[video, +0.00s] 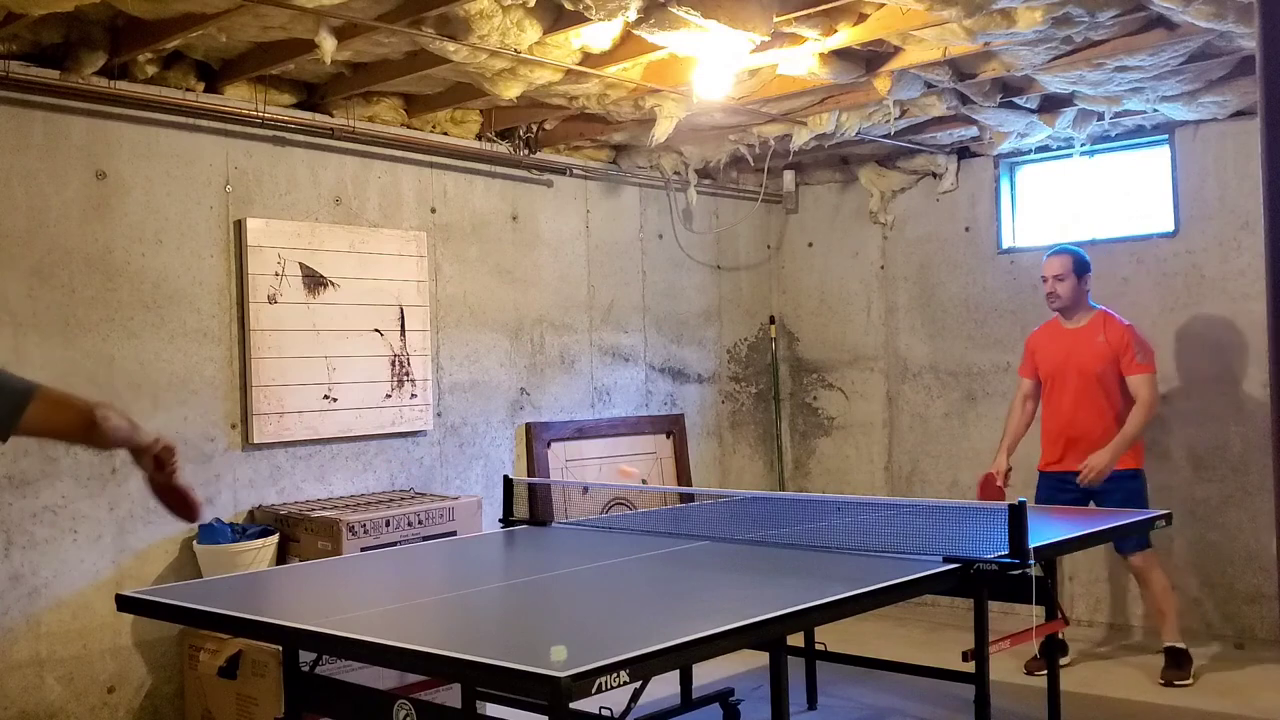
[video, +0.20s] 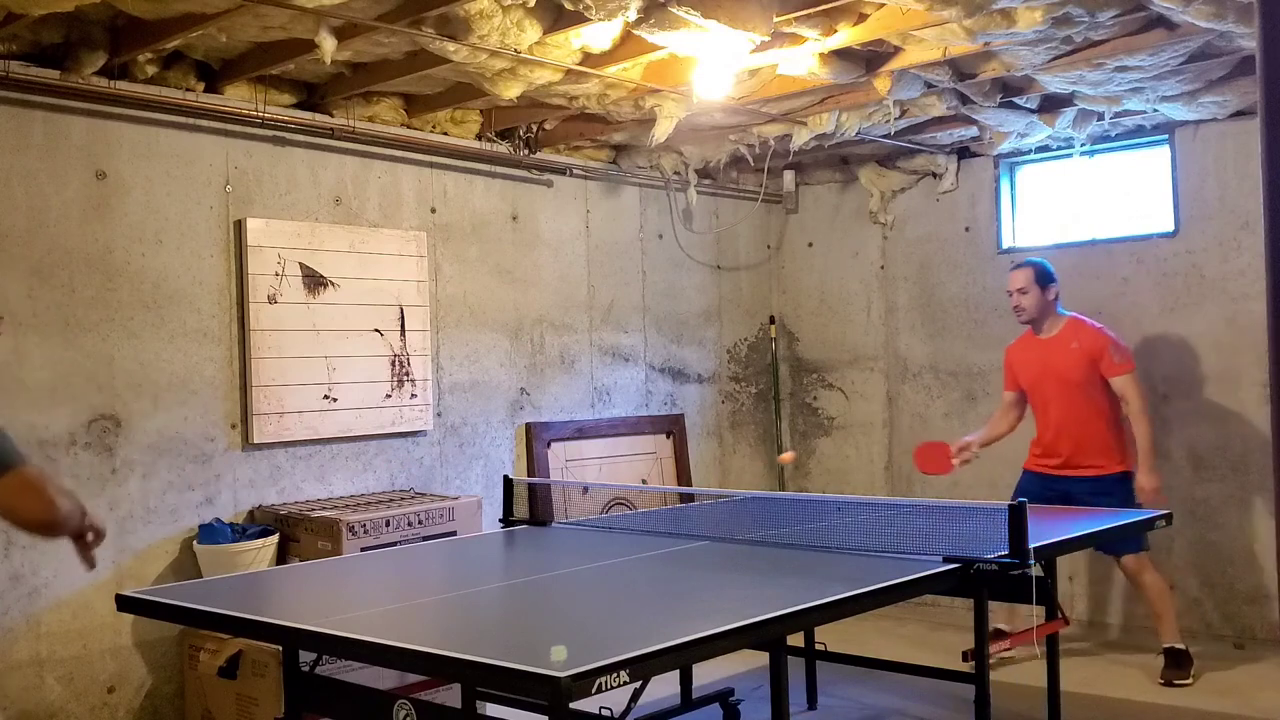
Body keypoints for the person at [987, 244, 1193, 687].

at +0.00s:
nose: (1049, 288)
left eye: (1058, 279)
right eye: (1044, 280)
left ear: (1084, 281)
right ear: (1043, 284)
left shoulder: (1119, 332)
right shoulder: (1039, 340)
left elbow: (1147, 401)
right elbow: (1026, 401)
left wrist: (1111, 452)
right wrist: (1004, 451)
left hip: (1117, 470)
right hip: (1057, 472)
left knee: (1138, 556)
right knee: (1041, 560)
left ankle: (1175, 647)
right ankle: (1052, 643)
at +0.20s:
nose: (1015, 302)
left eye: (1023, 293)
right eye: (1010, 295)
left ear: (1051, 292)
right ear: (1011, 300)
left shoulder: (1095, 339)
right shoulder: (1017, 352)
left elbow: (1134, 402)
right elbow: (1011, 410)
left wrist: (1146, 469)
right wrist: (976, 441)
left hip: (1104, 477)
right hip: (1043, 474)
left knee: (1134, 563)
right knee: (1004, 547)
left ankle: (1174, 648)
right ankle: (1008, 631)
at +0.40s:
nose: (962, 316)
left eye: (970, 306)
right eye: (959, 309)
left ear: (998, 306)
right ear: (960, 314)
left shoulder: (1048, 346)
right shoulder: (964, 366)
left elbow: (1101, 391)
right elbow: (936, 414)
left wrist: (1151, 441)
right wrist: (894, 428)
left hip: (1072, 477)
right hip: (1009, 478)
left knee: (1113, 559)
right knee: (977, 555)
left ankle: (1167, 646)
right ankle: (975, 639)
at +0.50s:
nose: (951, 313)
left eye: (958, 304)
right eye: (947, 306)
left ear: (985, 304)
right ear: (948, 310)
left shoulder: (1034, 343)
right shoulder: (951, 362)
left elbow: (1087, 387)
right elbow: (919, 402)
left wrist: (1136, 436)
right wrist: (877, 428)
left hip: (1061, 472)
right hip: (999, 478)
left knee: (1105, 553)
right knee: (972, 557)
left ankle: (1158, 639)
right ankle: (973, 639)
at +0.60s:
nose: (950, 307)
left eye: (958, 297)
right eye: (946, 300)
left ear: (984, 298)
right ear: (947, 305)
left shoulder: (1030, 338)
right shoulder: (947, 361)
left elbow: (1081, 385)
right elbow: (921, 409)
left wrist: (1125, 439)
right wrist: (883, 434)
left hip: (1058, 469)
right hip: (994, 476)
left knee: (1104, 548)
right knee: (971, 556)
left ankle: (1159, 637)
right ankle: (971, 640)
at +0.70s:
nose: (960, 304)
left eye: (969, 295)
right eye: (955, 297)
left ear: (993, 297)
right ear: (952, 303)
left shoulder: (1034, 339)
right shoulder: (952, 361)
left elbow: (1081, 389)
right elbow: (934, 418)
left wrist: (1119, 444)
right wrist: (902, 448)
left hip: (1058, 470)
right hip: (994, 477)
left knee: (1106, 548)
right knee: (969, 555)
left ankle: (1163, 639)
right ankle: (969, 641)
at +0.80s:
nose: (977, 305)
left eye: (986, 296)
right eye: (971, 298)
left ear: (1009, 299)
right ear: (968, 304)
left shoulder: (1048, 345)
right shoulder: (964, 361)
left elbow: (1091, 402)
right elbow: (953, 422)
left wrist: (1120, 459)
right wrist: (930, 463)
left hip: (1064, 476)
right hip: (998, 480)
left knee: (1108, 554)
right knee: (972, 558)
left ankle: (1165, 643)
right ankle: (970, 643)